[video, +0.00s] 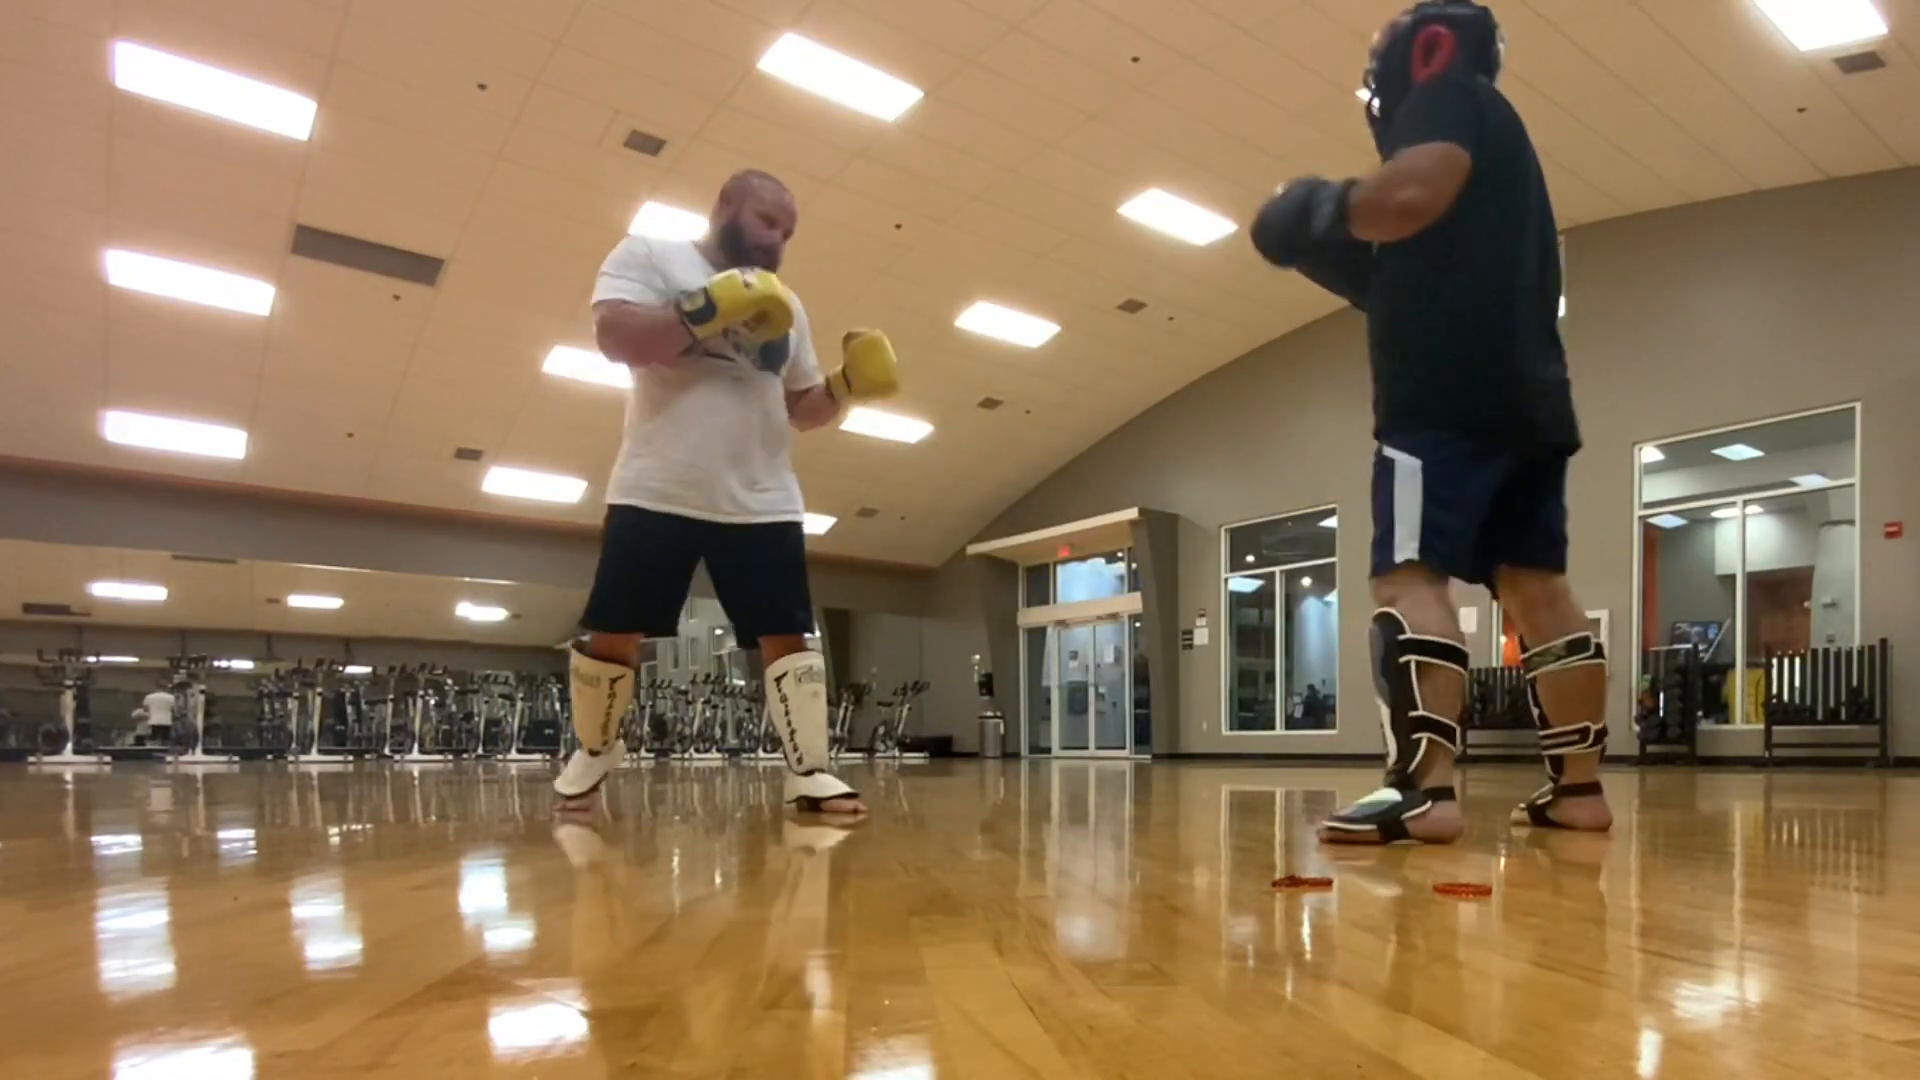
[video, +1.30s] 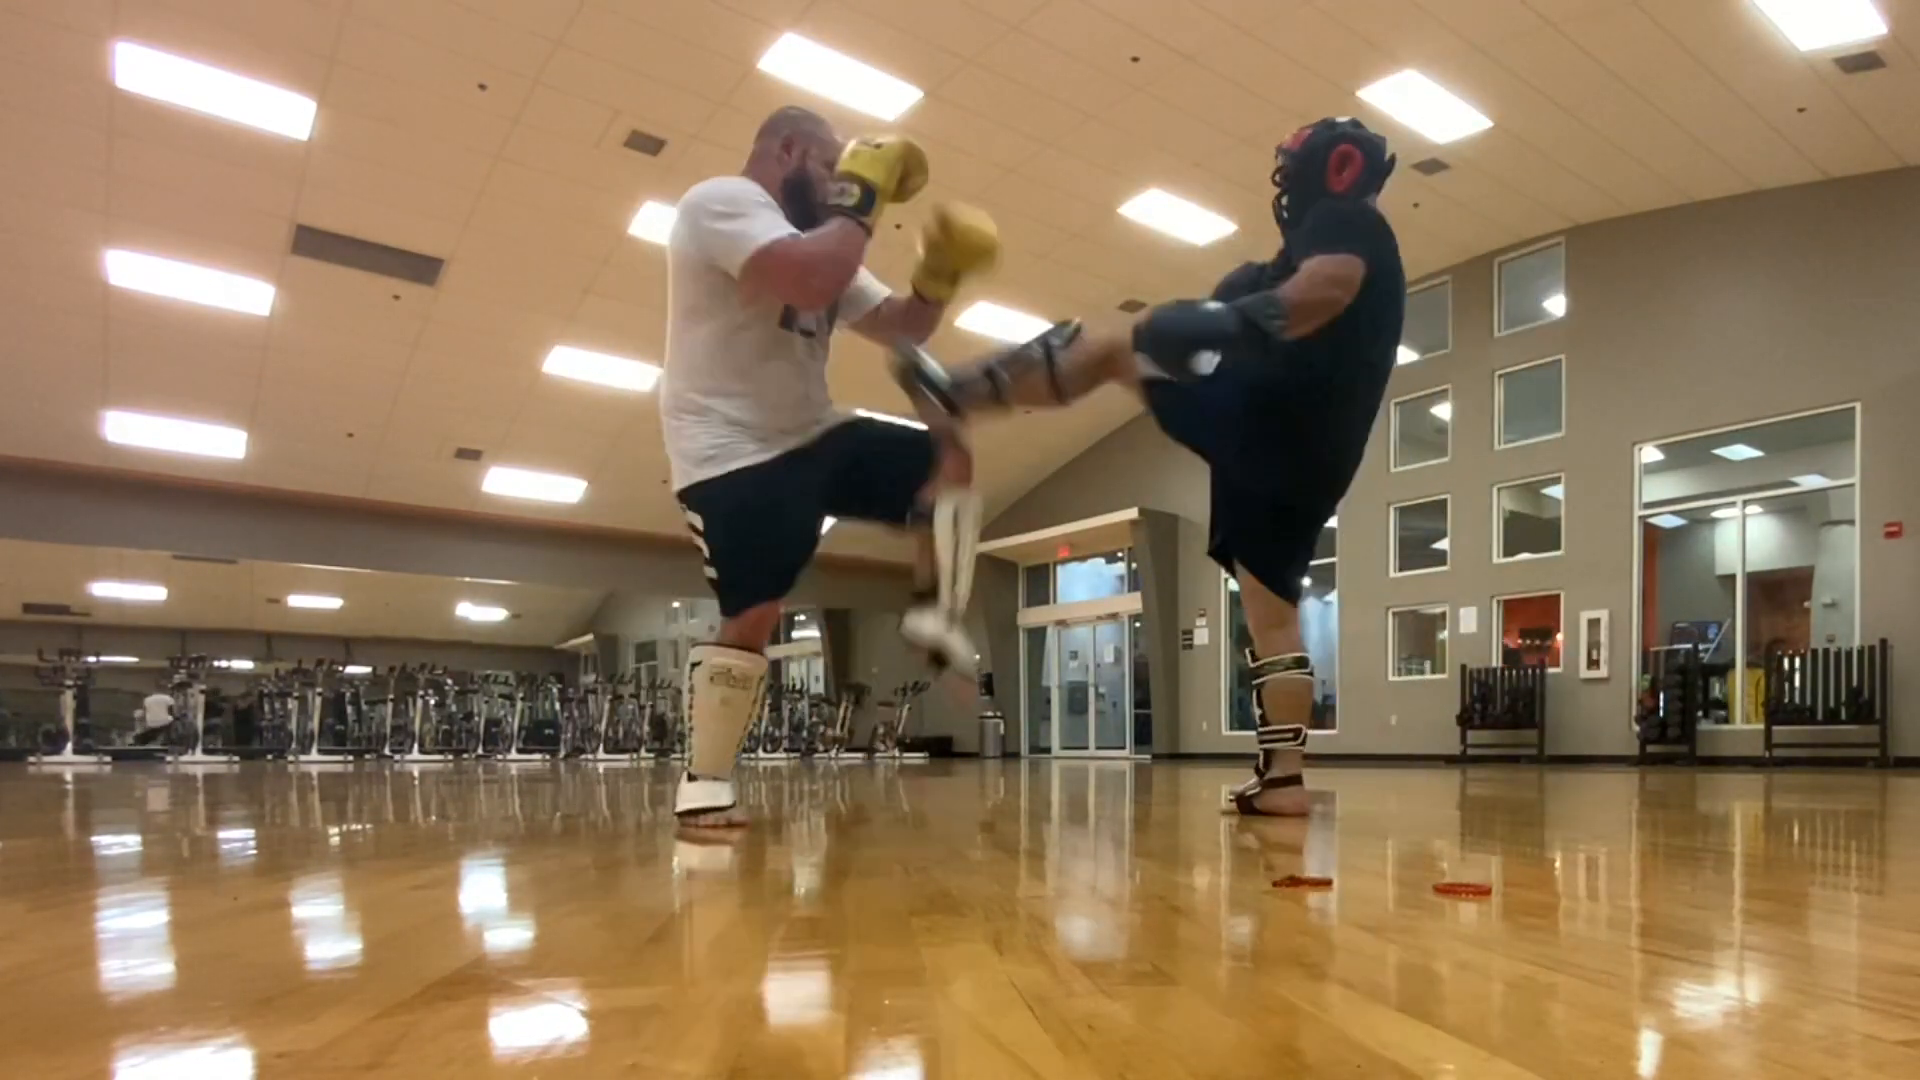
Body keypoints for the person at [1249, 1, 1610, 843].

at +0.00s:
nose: (1374, 88)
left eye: (1384, 65)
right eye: (1375, 76)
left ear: (1431, 48)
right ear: (1477, 60)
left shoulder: (1450, 95)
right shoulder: (1501, 138)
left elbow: (1415, 196)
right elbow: (1434, 284)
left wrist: (1318, 208)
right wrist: (1333, 255)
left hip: (1442, 389)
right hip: (1530, 392)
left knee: (1410, 576)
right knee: (1534, 580)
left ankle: (1426, 791)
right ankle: (1579, 789)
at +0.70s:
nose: (1322, 110)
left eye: (1334, 94)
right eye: (1324, 97)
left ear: (1385, 93)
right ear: (1395, 98)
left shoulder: (1401, 148)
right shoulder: (1425, 178)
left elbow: (1338, 230)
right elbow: (1335, 297)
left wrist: (1251, 202)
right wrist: (1268, 234)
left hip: (1396, 407)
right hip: (1455, 410)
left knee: (1384, 597)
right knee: (1414, 594)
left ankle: (1397, 783)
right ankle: (1477, 736)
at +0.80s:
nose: (1302, 106)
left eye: (1315, 92)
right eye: (1305, 94)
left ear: (1368, 99)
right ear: (1374, 104)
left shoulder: (1378, 158)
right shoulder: (1388, 180)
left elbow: (1288, 252)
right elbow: (1355, 307)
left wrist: (1238, 217)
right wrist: (1277, 283)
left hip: (1390, 416)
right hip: (1392, 416)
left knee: (1391, 594)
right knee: (1371, 595)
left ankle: (1402, 782)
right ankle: (1387, 776)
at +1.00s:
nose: (1291, 140)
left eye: (1303, 125)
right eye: (1295, 129)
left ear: (1352, 130)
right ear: (1368, 140)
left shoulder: (1333, 192)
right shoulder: (1395, 215)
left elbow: (1216, 245)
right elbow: (1308, 321)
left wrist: (1192, 202)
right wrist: (1228, 262)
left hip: (1322, 423)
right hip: (1379, 434)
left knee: (1273, 596)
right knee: (1310, 606)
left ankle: (1371, 750)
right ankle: (1291, 777)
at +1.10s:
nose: (1291, 150)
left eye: (1302, 136)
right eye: (1295, 137)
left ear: (1345, 142)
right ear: (1364, 150)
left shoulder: (1338, 207)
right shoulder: (1387, 226)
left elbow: (1228, 274)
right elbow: (1287, 324)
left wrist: (1144, 253)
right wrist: (1233, 265)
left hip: (1299, 416)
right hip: (1363, 446)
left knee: (1163, 488)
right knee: (1295, 607)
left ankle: (1254, 617)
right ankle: (1288, 778)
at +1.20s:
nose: (1284, 148)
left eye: (1300, 136)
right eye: (1291, 137)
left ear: (1344, 153)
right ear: (1349, 158)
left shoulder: (1342, 211)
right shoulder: (1363, 231)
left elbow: (1280, 288)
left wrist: (1161, 304)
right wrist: (1251, 268)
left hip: (1283, 411)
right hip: (1330, 452)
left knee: (1134, 363)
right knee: (1283, 609)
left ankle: (1105, 511)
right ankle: (1285, 781)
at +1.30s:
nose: (1280, 167)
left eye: (1294, 156)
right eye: (1285, 156)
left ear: (1339, 166)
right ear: (1346, 170)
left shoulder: (1344, 216)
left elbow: (1331, 286)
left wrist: (1223, 324)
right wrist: (1171, 313)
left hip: (1263, 407)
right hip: (1308, 457)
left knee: (1115, 346)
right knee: (1272, 609)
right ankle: (1283, 780)